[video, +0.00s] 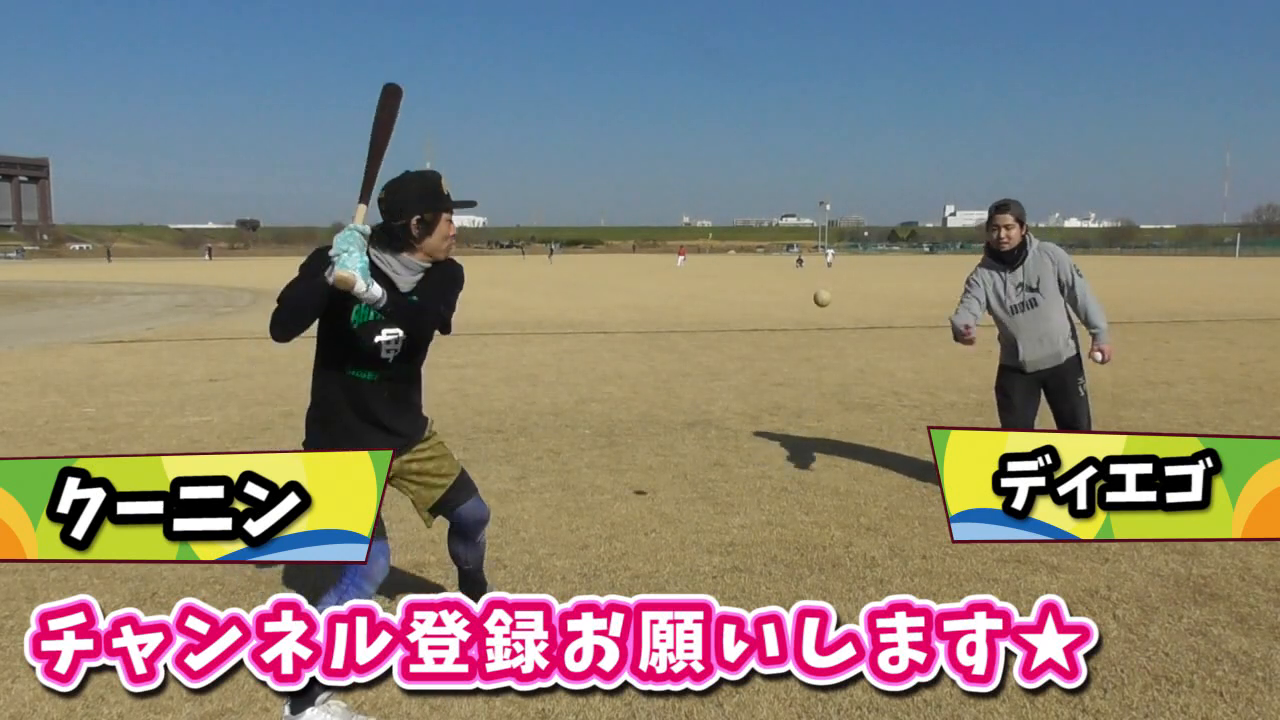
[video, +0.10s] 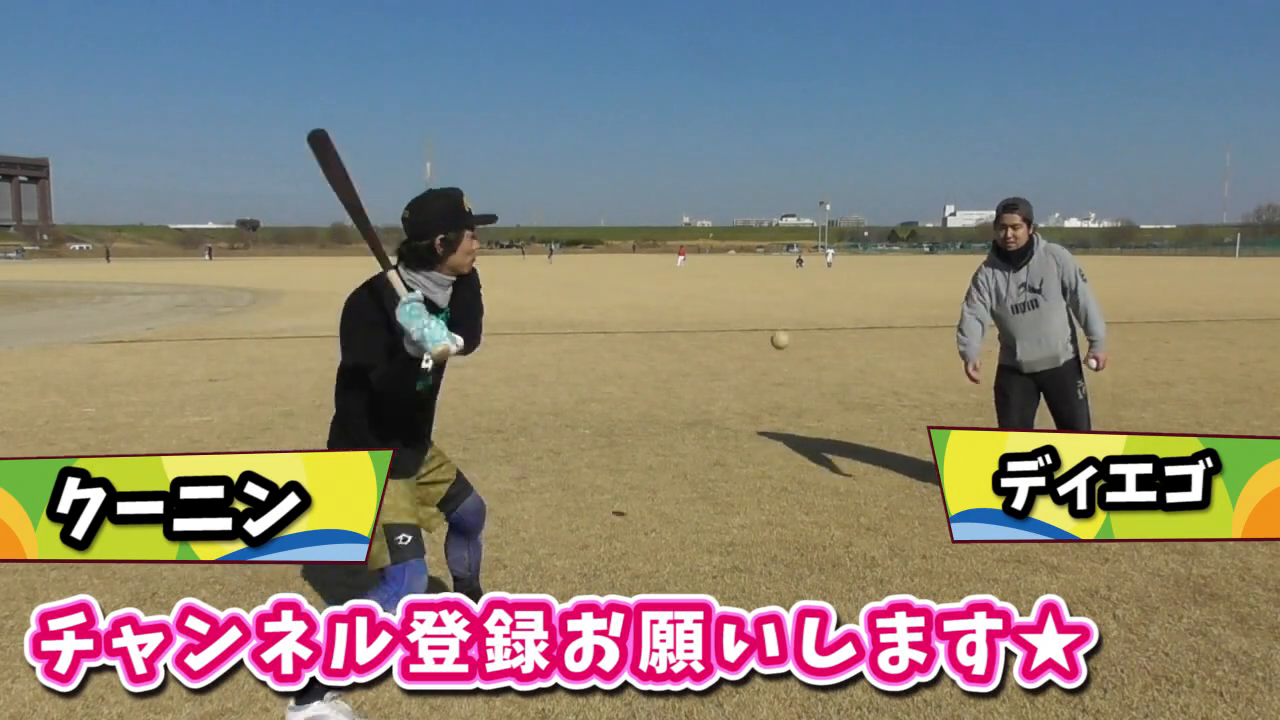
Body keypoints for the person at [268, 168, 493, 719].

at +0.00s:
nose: (455, 226)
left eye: (453, 216)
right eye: (446, 218)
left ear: (420, 225)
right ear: (416, 226)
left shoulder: (445, 274)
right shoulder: (338, 259)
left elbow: (417, 331)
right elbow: (281, 328)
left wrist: (363, 289)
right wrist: (331, 269)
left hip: (406, 428)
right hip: (343, 437)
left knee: (471, 514)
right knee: (369, 564)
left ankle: (475, 605)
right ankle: (305, 694)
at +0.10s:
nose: (478, 242)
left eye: (475, 233)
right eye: (469, 235)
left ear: (440, 243)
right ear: (440, 245)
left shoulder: (458, 287)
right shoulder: (369, 304)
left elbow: (469, 338)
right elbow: (380, 392)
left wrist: (442, 336)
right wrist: (417, 352)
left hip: (417, 449)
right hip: (371, 462)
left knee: (470, 512)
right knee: (408, 578)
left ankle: (469, 613)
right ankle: (311, 692)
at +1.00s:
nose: (491, 209)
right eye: (492, 202)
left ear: (432, 202)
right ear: (485, 214)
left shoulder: (397, 249)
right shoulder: (501, 268)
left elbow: (323, 194)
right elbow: (450, 269)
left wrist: (277, 122)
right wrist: (376, 255)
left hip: (399, 431)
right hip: (461, 436)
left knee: (436, 556)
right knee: (434, 572)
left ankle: (472, 639)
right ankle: (395, 694)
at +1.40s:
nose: (497, 213)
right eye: (496, 206)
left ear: (442, 202)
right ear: (492, 213)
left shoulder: (401, 250)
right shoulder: (508, 273)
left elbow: (334, 243)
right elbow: (512, 328)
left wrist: (274, 215)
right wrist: (466, 290)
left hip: (401, 423)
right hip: (463, 432)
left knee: (436, 543)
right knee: (438, 564)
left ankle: (470, 621)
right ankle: (394, 690)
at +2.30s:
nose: (428, 194)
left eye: (425, 185)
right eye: (421, 186)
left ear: (394, 191)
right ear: (398, 192)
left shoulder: (404, 246)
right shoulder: (356, 253)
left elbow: (451, 308)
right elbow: (429, 317)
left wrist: (518, 305)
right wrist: (513, 301)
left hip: (392, 417)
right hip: (349, 428)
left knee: (441, 503)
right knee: (377, 558)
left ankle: (438, 599)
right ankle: (311, 693)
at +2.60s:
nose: (419, 197)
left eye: (417, 189)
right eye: (414, 189)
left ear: (387, 195)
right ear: (391, 195)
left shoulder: (405, 247)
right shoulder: (340, 254)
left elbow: (453, 308)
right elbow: (403, 307)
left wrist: (501, 299)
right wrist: (487, 279)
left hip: (377, 422)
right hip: (336, 427)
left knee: (403, 524)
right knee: (372, 558)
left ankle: (368, 632)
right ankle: (311, 690)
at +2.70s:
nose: (422, 204)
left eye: (420, 195)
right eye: (417, 195)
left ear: (391, 200)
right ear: (394, 201)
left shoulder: (408, 253)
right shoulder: (342, 258)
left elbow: (463, 308)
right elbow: (409, 306)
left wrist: (507, 297)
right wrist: (491, 274)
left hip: (375, 425)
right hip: (335, 430)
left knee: (403, 528)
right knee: (373, 560)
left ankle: (357, 632)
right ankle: (312, 691)